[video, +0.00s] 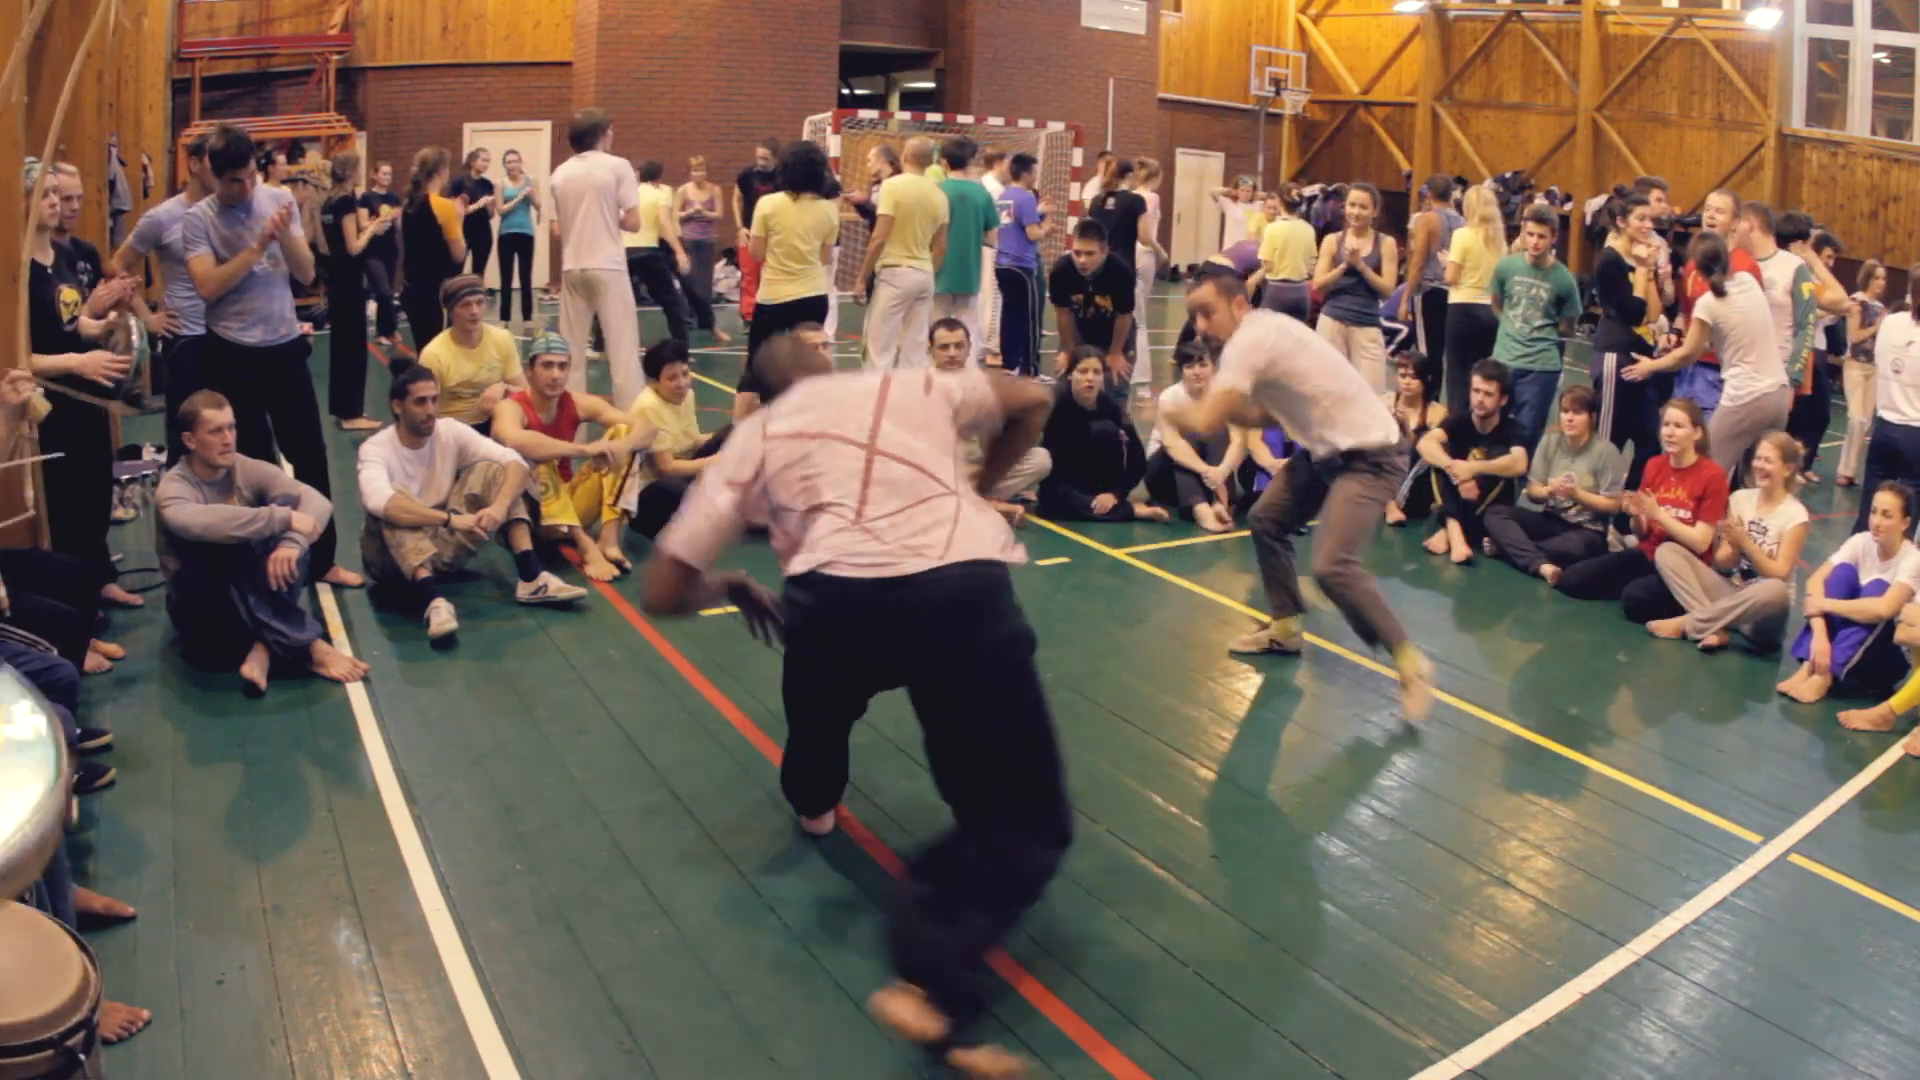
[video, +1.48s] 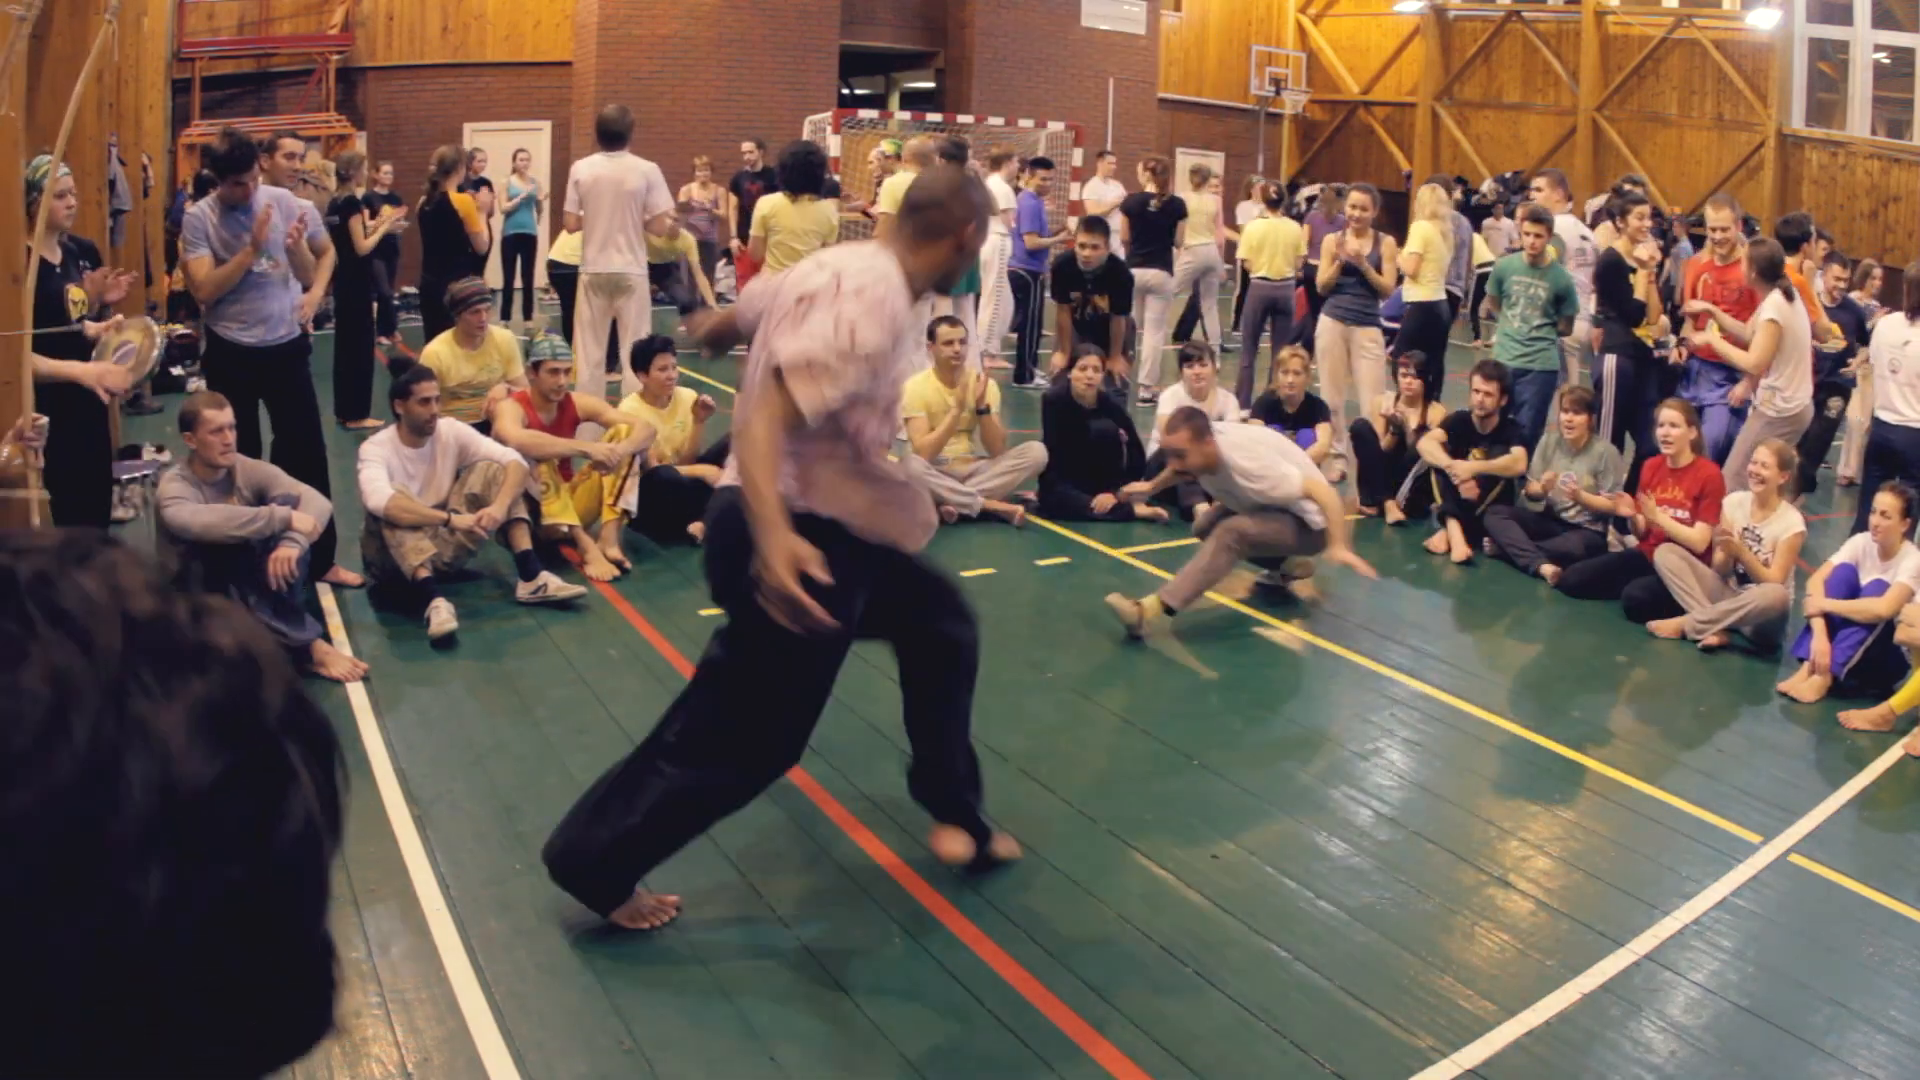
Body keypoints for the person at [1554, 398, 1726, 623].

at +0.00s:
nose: (1669, 432)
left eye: (1678, 426)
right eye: (1666, 425)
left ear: (1697, 433)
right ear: (1659, 428)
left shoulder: (1713, 475)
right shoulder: (1654, 465)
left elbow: (1701, 542)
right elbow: (1641, 532)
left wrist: (1658, 513)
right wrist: (1636, 514)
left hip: (1684, 565)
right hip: (1647, 555)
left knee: (1635, 601)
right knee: (1570, 581)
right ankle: (1635, 582)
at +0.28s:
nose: (1668, 432)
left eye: (1677, 426)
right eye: (1664, 425)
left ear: (1696, 432)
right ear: (1658, 430)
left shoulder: (1712, 474)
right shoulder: (1653, 465)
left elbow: (1700, 542)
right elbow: (1640, 531)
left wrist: (1656, 515)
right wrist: (1642, 518)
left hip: (1684, 566)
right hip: (1647, 555)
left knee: (1635, 600)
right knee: (1570, 581)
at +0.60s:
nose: (1670, 433)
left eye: (1679, 426)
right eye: (1665, 426)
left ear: (1696, 432)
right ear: (1658, 430)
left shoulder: (1711, 475)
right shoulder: (1653, 465)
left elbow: (1699, 543)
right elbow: (1639, 530)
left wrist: (1654, 514)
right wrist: (1644, 517)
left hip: (1684, 566)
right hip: (1647, 555)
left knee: (1635, 600)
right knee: (1571, 581)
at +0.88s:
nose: (1670, 434)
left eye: (1679, 427)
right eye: (1665, 426)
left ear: (1696, 433)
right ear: (1659, 430)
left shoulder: (1712, 477)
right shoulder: (1653, 465)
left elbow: (1698, 544)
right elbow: (1640, 530)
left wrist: (1654, 516)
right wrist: (1642, 520)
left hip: (1682, 566)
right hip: (1646, 555)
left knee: (1635, 601)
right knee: (1570, 582)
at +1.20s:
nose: (1666, 433)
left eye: (1675, 426)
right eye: (1662, 426)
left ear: (1694, 433)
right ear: (1656, 430)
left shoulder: (1711, 475)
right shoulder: (1652, 465)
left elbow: (1700, 542)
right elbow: (1641, 529)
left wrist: (1662, 515)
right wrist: (1627, 511)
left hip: (1683, 566)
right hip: (1646, 555)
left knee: (1635, 600)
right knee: (1570, 582)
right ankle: (1636, 581)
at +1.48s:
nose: (1665, 433)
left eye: (1674, 426)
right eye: (1660, 426)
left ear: (1693, 432)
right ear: (1654, 430)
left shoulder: (1709, 474)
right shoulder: (1651, 466)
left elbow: (1699, 543)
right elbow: (1642, 532)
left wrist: (1658, 517)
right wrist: (1633, 514)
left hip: (1683, 565)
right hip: (1647, 555)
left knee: (1635, 600)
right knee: (1570, 581)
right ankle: (1636, 582)